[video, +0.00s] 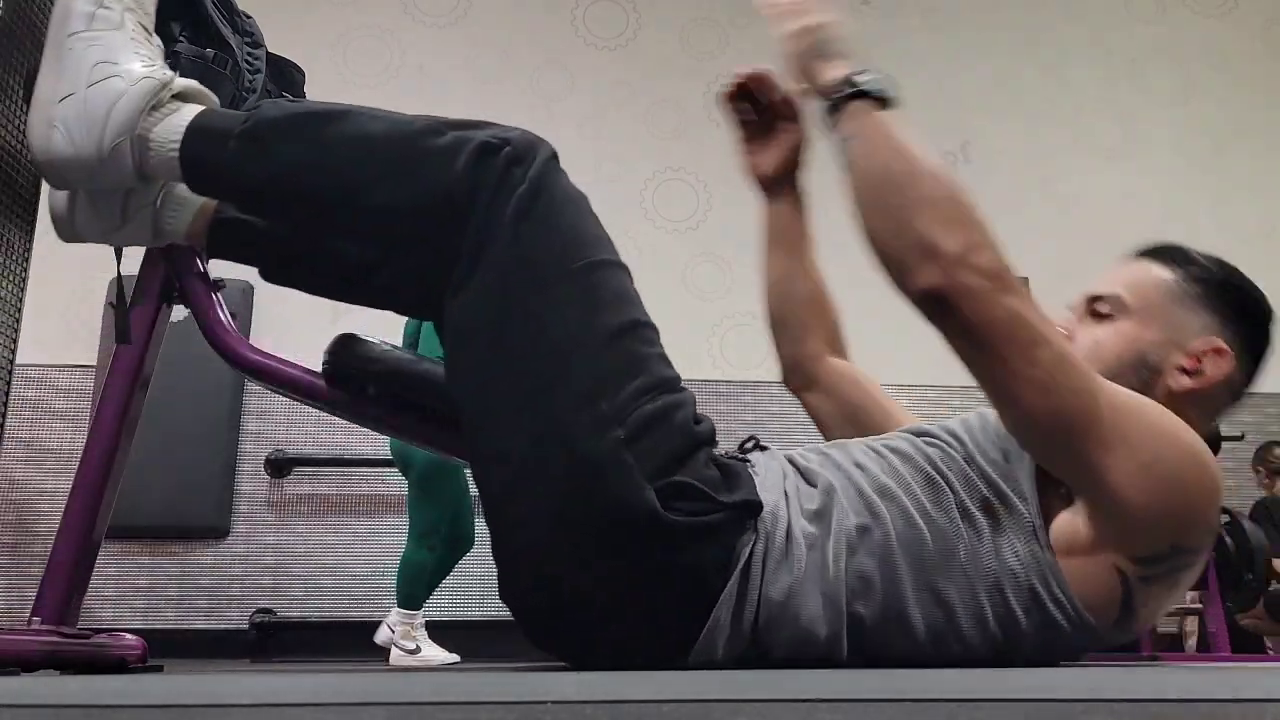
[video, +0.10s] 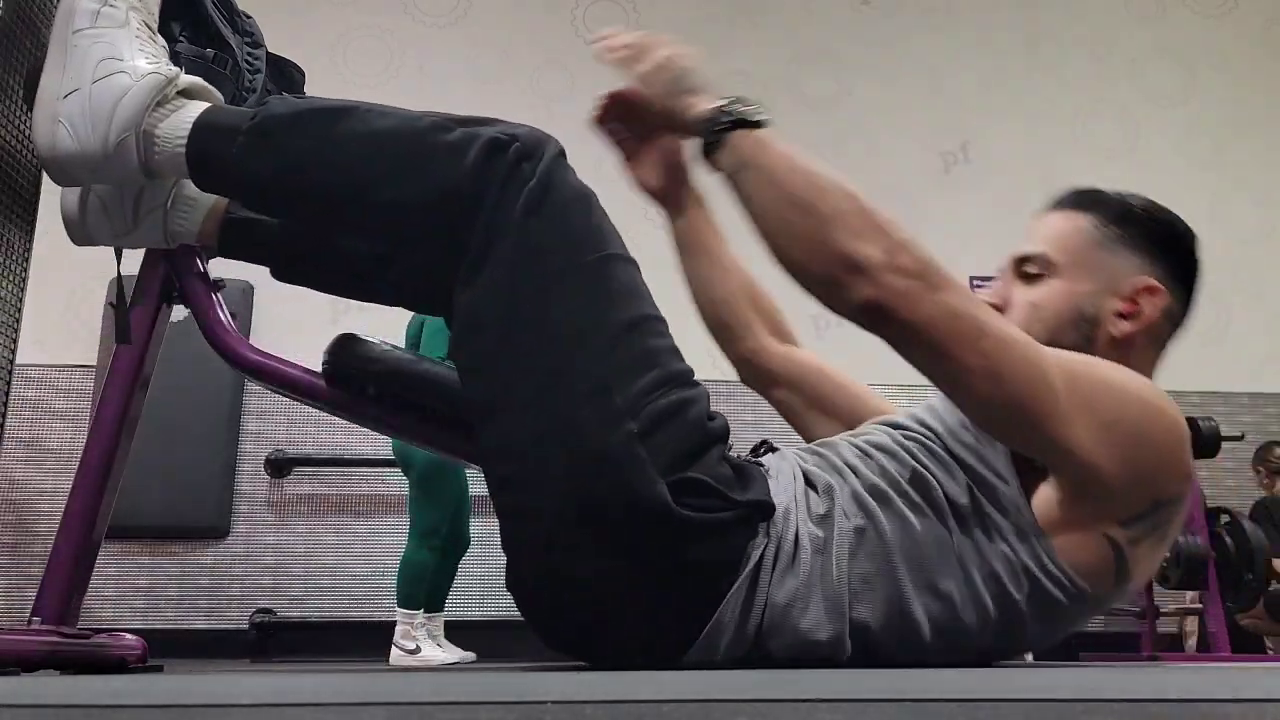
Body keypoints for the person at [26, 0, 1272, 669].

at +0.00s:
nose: (1067, 328)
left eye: (1111, 318)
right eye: (1081, 308)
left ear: (1204, 371)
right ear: (1157, 369)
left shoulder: (1173, 482)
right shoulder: (1028, 472)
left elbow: (968, 286)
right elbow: (827, 373)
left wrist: (849, 96)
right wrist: (780, 190)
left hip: (681, 562)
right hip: (664, 534)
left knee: (514, 187)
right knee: (508, 209)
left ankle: (144, 142)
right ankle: (176, 191)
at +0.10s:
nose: (992, 297)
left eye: (1032, 276)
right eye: (1003, 276)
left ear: (1135, 313)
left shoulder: (1137, 440)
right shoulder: (983, 456)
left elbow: (890, 282)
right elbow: (773, 348)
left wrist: (719, 120)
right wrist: (675, 187)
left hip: (689, 552)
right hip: (644, 559)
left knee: (514, 176)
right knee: (503, 217)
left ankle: (161, 130)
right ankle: (179, 210)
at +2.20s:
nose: (1190, 401)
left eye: (1223, 415)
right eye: (1201, 393)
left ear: (1239, 472)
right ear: (1180, 425)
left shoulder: (1181, 566)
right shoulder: (1124, 488)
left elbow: (1269, 532)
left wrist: (1238, 456)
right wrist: (1241, 446)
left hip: (661, 548)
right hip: (663, 477)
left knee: (229, 412)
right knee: (287, 392)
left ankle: (5, 483)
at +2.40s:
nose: (1159, 388)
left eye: (1190, 387)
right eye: (1171, 376)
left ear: (1228, 458)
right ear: (1161, 395)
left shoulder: (1171, 570)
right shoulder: (1061, 460)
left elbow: (1247, 467)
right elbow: (994, 391)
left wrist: (1242, 237)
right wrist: (1121, 259)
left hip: (661, 551)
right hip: (653, 473)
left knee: (290, 317)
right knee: (307, 323)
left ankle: (7, 359)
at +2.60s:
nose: (1105, 335)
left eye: (1145, 324)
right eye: (1121, 316)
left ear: (1224, 393)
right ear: (1173, 382)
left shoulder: (1201, 491)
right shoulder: (1055, 461)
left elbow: (1005, 266)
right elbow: (858, 386)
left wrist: (892, 82)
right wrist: (822, 191)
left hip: (678, 560)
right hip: (664, 520)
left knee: (350, 274)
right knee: (363, 291)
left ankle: (22, 275)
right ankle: (40, 284)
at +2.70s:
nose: (1005, 307)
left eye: (1043, 286)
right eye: (1012, 286)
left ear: (1150, 317)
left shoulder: (1161, 440)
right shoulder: (978, 437)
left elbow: (901, 258)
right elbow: (779, 341)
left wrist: (733, 116)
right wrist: (687, 181)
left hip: (696, 558)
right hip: (670, 534)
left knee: (368, 265)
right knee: (368, 295)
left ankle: (26, 250)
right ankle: (59, 263)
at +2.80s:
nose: (935, 261)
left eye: (969, 237)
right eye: (938, 238)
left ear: (1080, 255)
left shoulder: (1111, 367)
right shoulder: (941, 403)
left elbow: (838, 255)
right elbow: (730, 337)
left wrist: (619, 139)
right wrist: (593, 196)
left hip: (700, 569)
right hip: (688, 545)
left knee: (379, 242)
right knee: (382, 251)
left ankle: (35, 237)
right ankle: (64, 233)